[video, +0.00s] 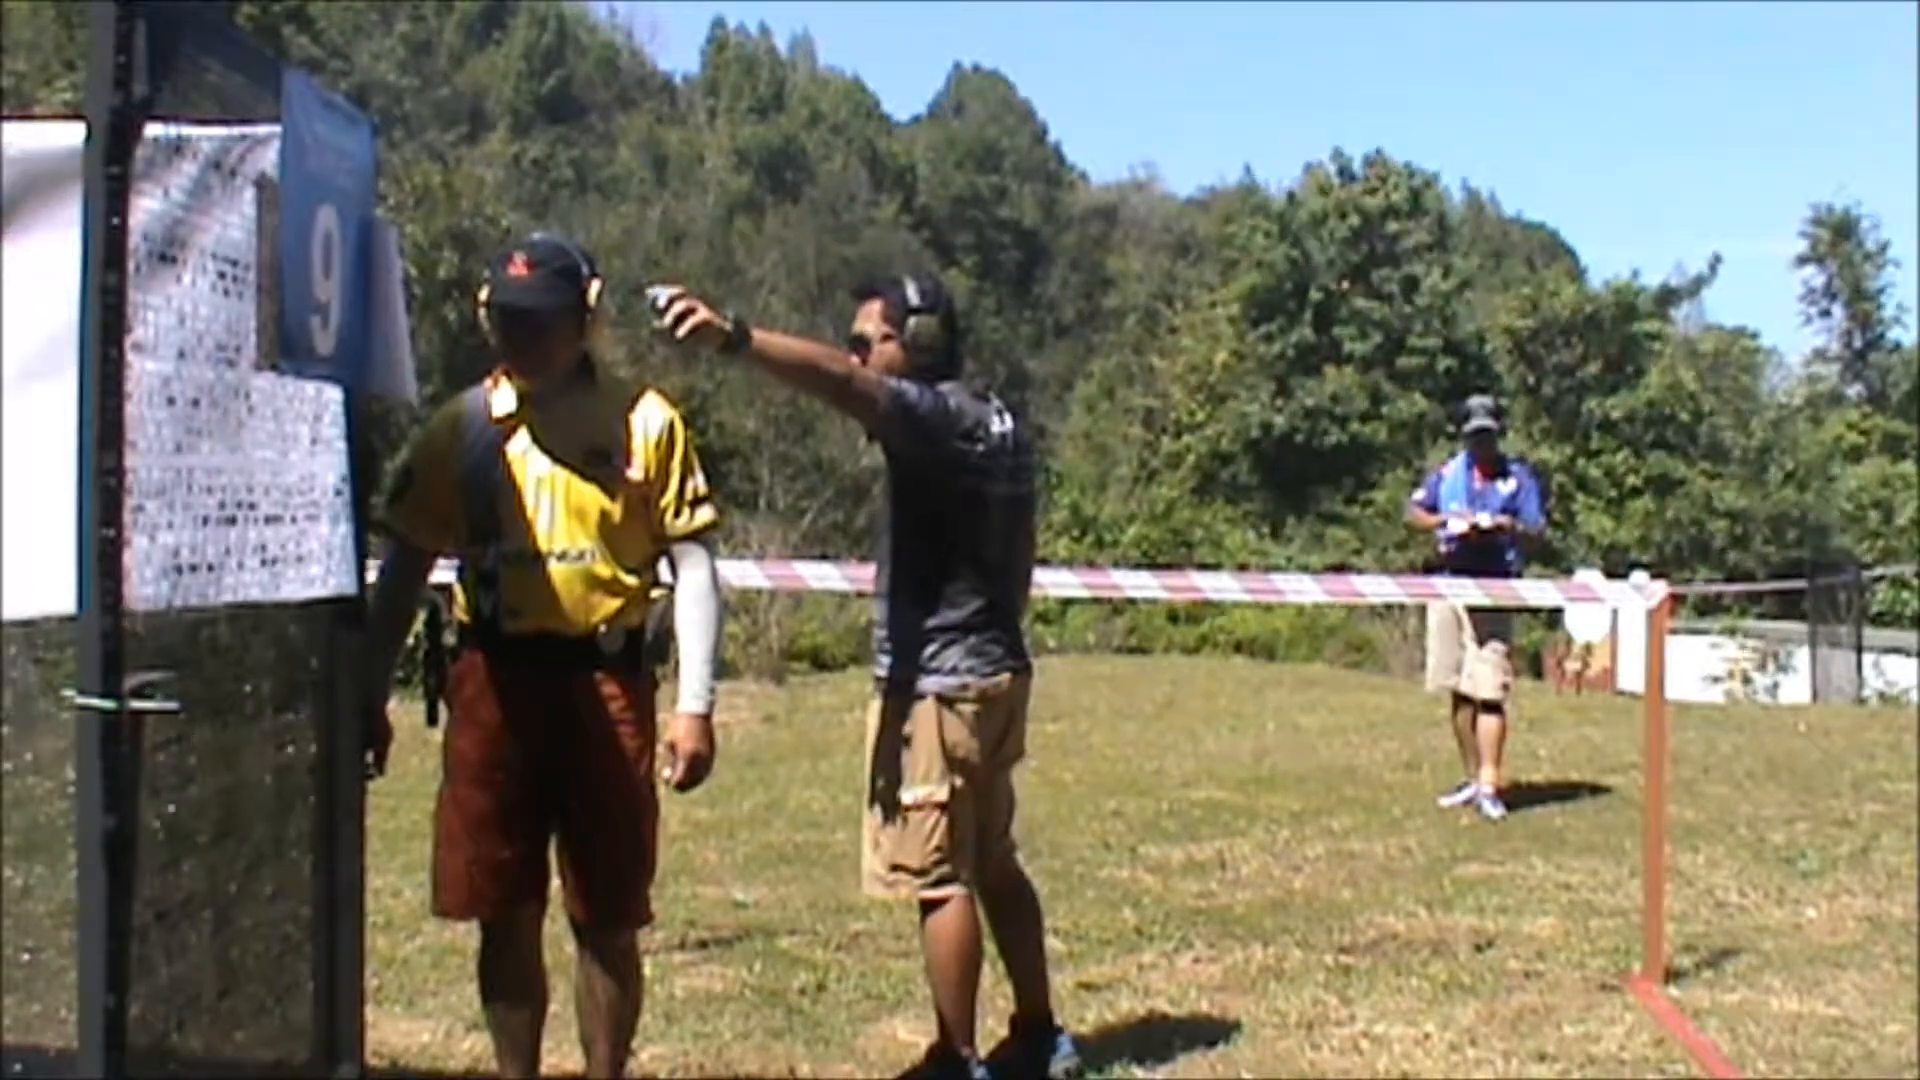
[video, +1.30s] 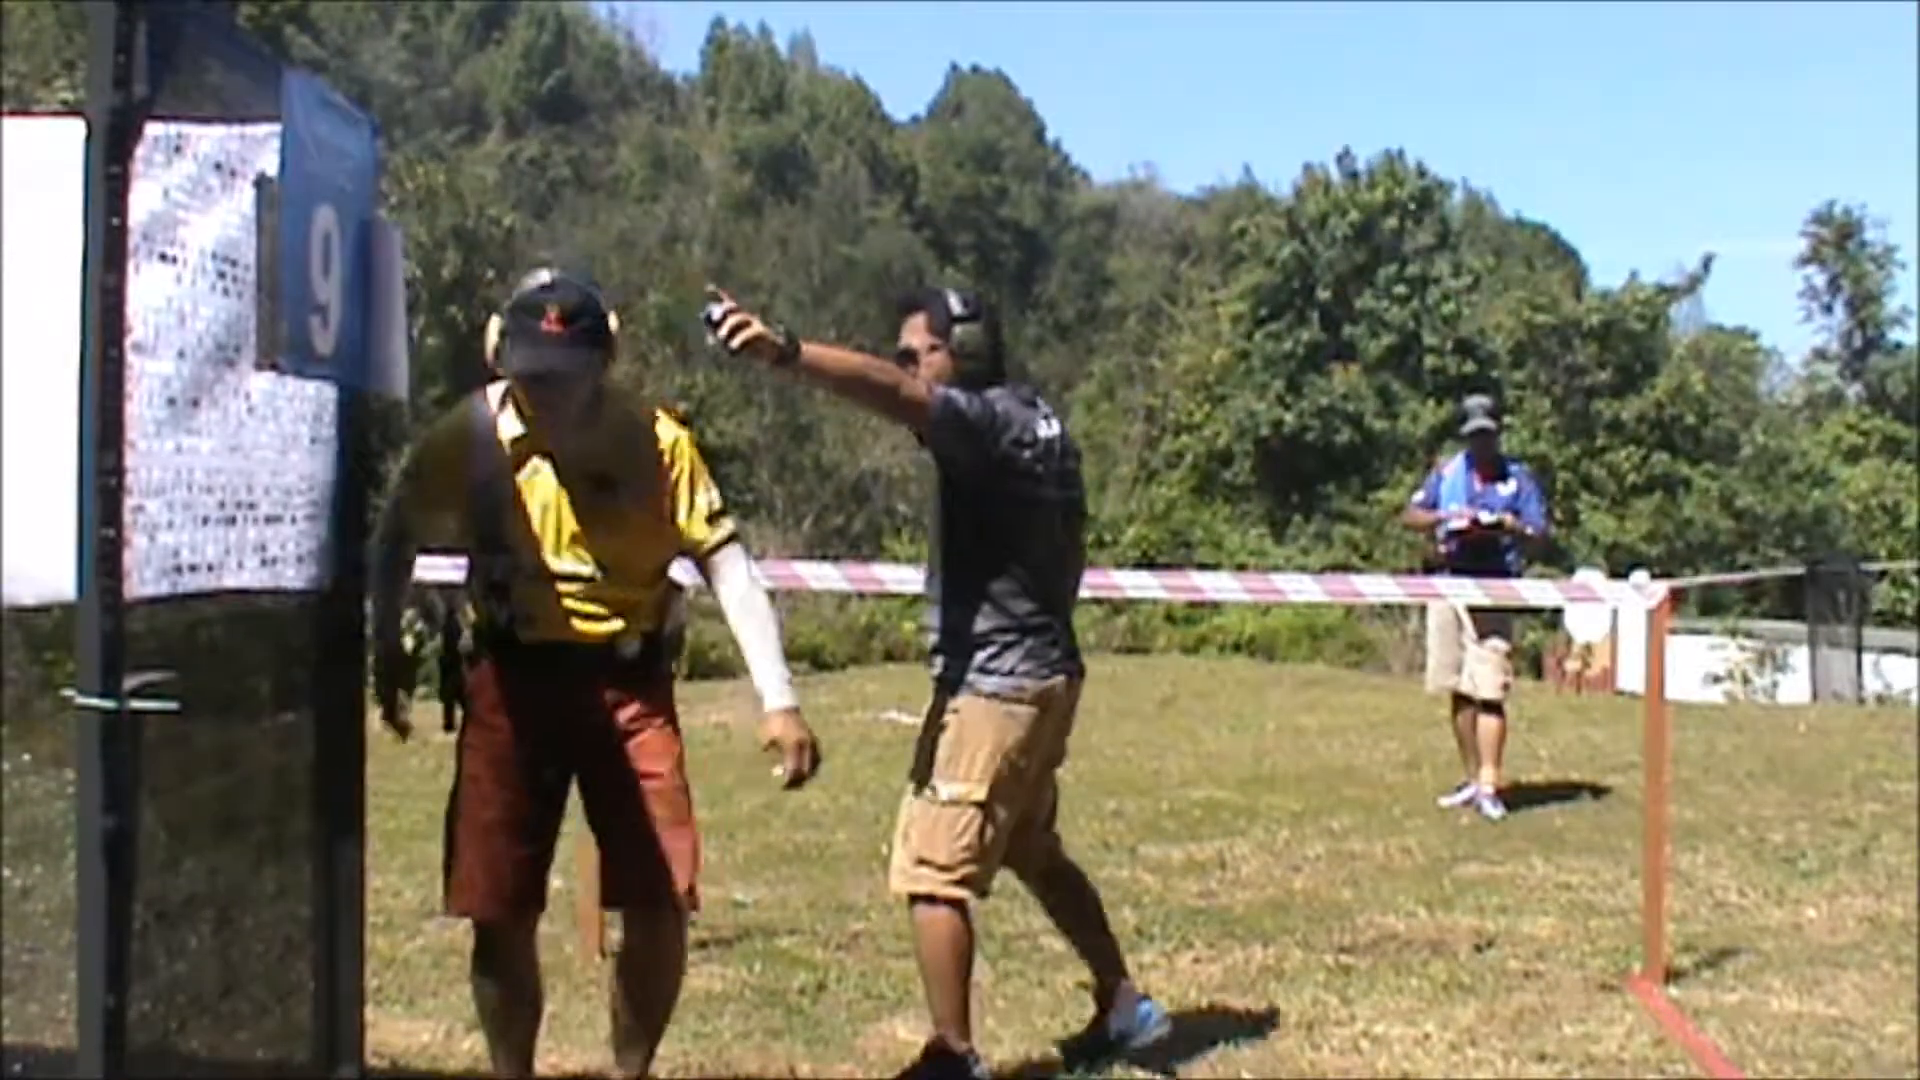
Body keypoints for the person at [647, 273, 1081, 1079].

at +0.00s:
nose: (855, 357)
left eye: (868, 342)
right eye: (856, 341)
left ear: (919, 344)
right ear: (937, 347)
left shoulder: (932, 414)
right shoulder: (1001, 421)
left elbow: (842, 379)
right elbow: (1014, 560)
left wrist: (734, 335)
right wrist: (993, 643)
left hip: (941, 676)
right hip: (996, 670)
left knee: (939, 876)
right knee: (994, 865)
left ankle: (953, 1054)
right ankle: (1038, 1029)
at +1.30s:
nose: (903, 373)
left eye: (913, 357)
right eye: (902, 357)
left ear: (954, 355)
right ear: (985, 355)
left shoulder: (982, 419)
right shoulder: (1048, 425)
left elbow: (893, 388)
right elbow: (1069, 550)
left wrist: (784, 352)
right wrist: (1040, 634)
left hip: (996, 676)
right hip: (1046, 672)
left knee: (935, 864)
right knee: (1031, 845)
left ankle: (950, 1050)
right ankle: (1123, 1004)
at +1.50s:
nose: (982, 396)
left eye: (994, 384)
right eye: (981, 383)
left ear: (1036, 386)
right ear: (1062, 390)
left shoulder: (1056, 445)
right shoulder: (1113, 461)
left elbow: (977, 409)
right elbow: (1084, 586)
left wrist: (882, 365)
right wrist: (1006, 618)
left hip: (1050, 696)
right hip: (1099, 695)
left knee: (948, 868)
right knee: (1071, 856)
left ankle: (952, 1052)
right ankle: (1198, 990)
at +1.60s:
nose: (1051, 414)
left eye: (1062, 397)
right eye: (1047, 399)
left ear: (1101, 392)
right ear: (1121, 397)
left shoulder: (1130, 459)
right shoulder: (1168, 469)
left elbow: (1055, 425)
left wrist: (963, 379)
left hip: (1110, 700)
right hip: (1155, 702)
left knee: (1015, 867)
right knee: (1122, 876)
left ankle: (957, 1041)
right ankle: (1226, 1012)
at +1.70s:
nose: (1096, 410)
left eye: (1105, 397)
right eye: (1093, 398)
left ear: (1143, 395)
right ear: (1151, 398)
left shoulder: (1174, 459)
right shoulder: (1201, 469)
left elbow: (1104, 418)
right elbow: (1180, 607)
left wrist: (1018, 378)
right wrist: (1109, 670)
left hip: (1155, 700)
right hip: (1193, 701)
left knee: (1053, 860)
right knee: (1147, 878)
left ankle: (1008, 1035)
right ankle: (1226, 1014)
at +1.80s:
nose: (1145, 386)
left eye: (1152, 373)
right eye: (1144, 375)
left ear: (1189, 376)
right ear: (1198, 380)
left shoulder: (1239, 451)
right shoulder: (1231, 460)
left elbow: (1168, 409)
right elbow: (1223, 582)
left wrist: (1088, 368)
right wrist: (1165, 659)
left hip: (1218, 685)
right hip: (1216, 683)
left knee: (1114, 838)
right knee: (1173, 856)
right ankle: (1227, 1013)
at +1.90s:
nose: (1180, 390)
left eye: (1190, 375)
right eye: (1178, 377)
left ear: (1228, 373)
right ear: (1210, 376)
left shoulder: (1277, 450)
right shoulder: (1234, 464)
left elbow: (1206, 399)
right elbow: (1242, 580)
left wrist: (1126, 358)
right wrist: (1208, 665)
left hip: (1264, 681)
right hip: (1225, 679)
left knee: (1184, 846)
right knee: (1184, 850)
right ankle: (1225, 1015)